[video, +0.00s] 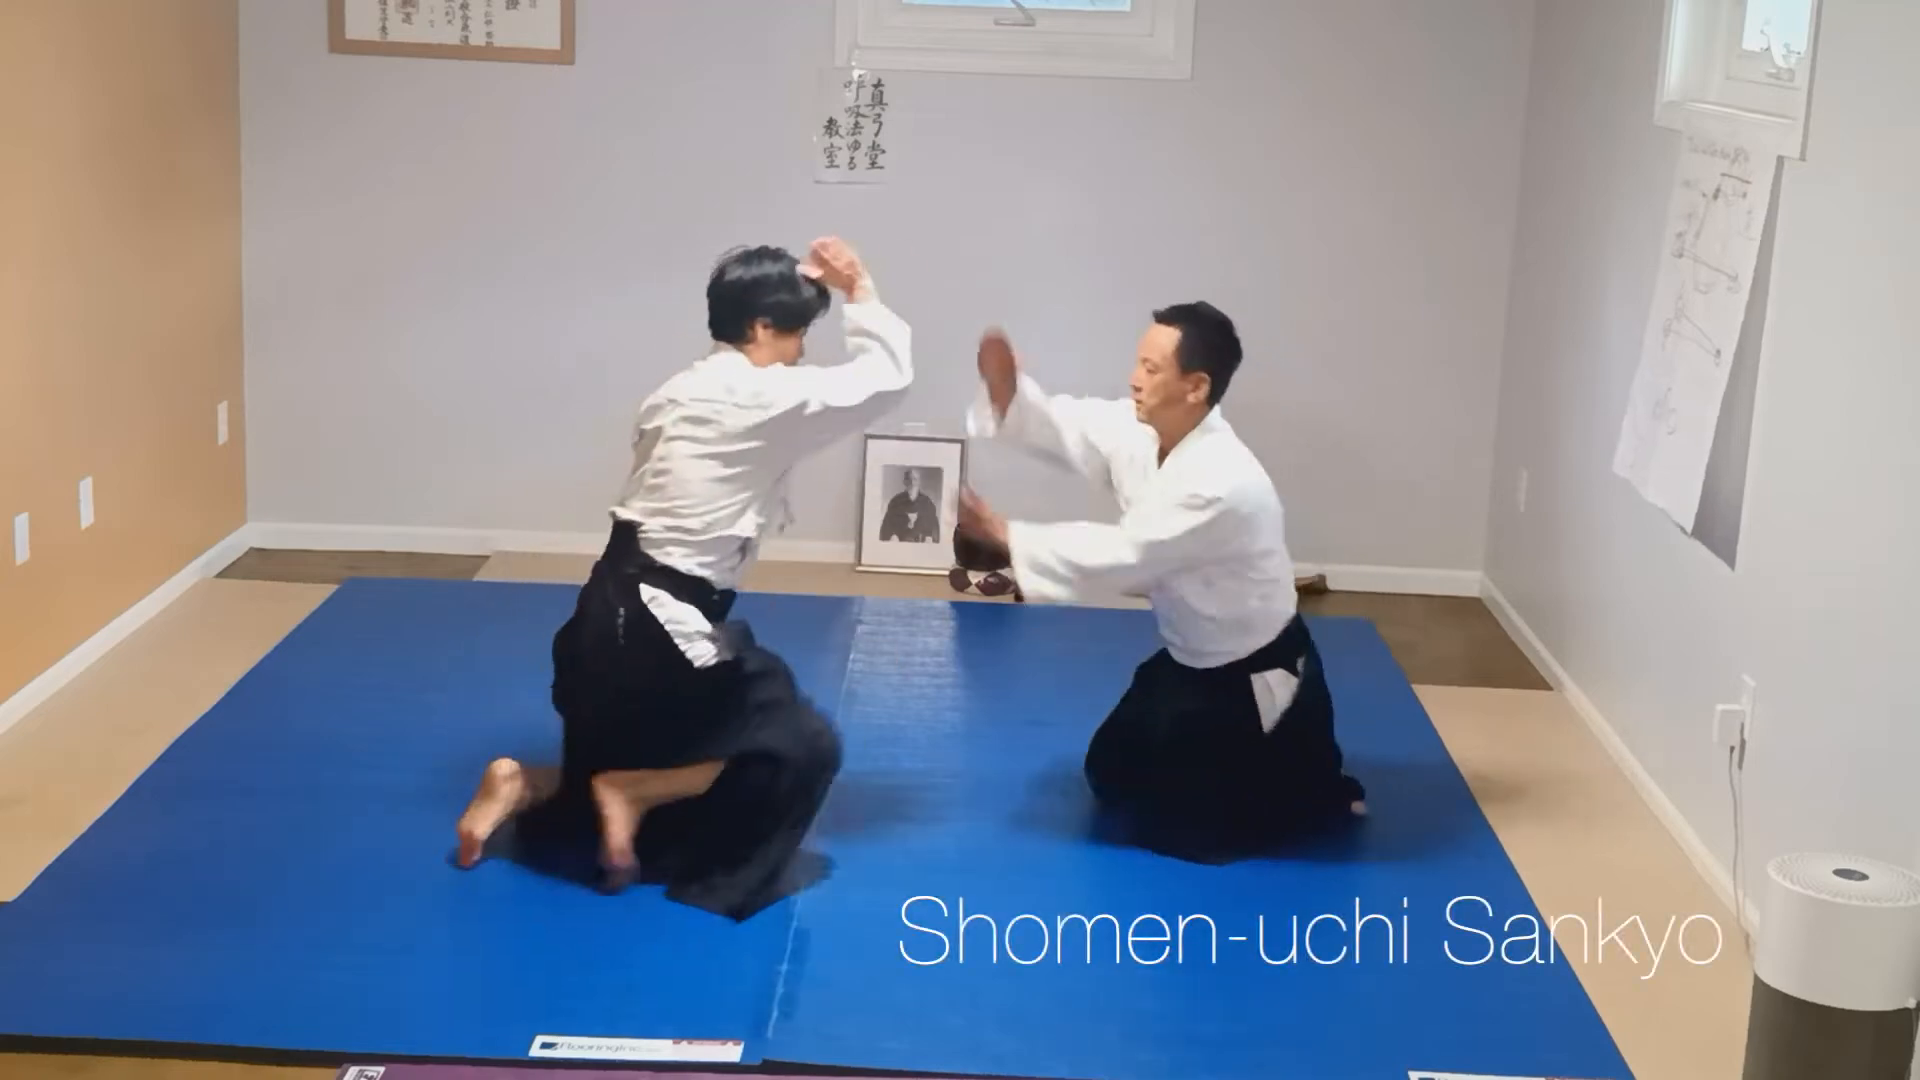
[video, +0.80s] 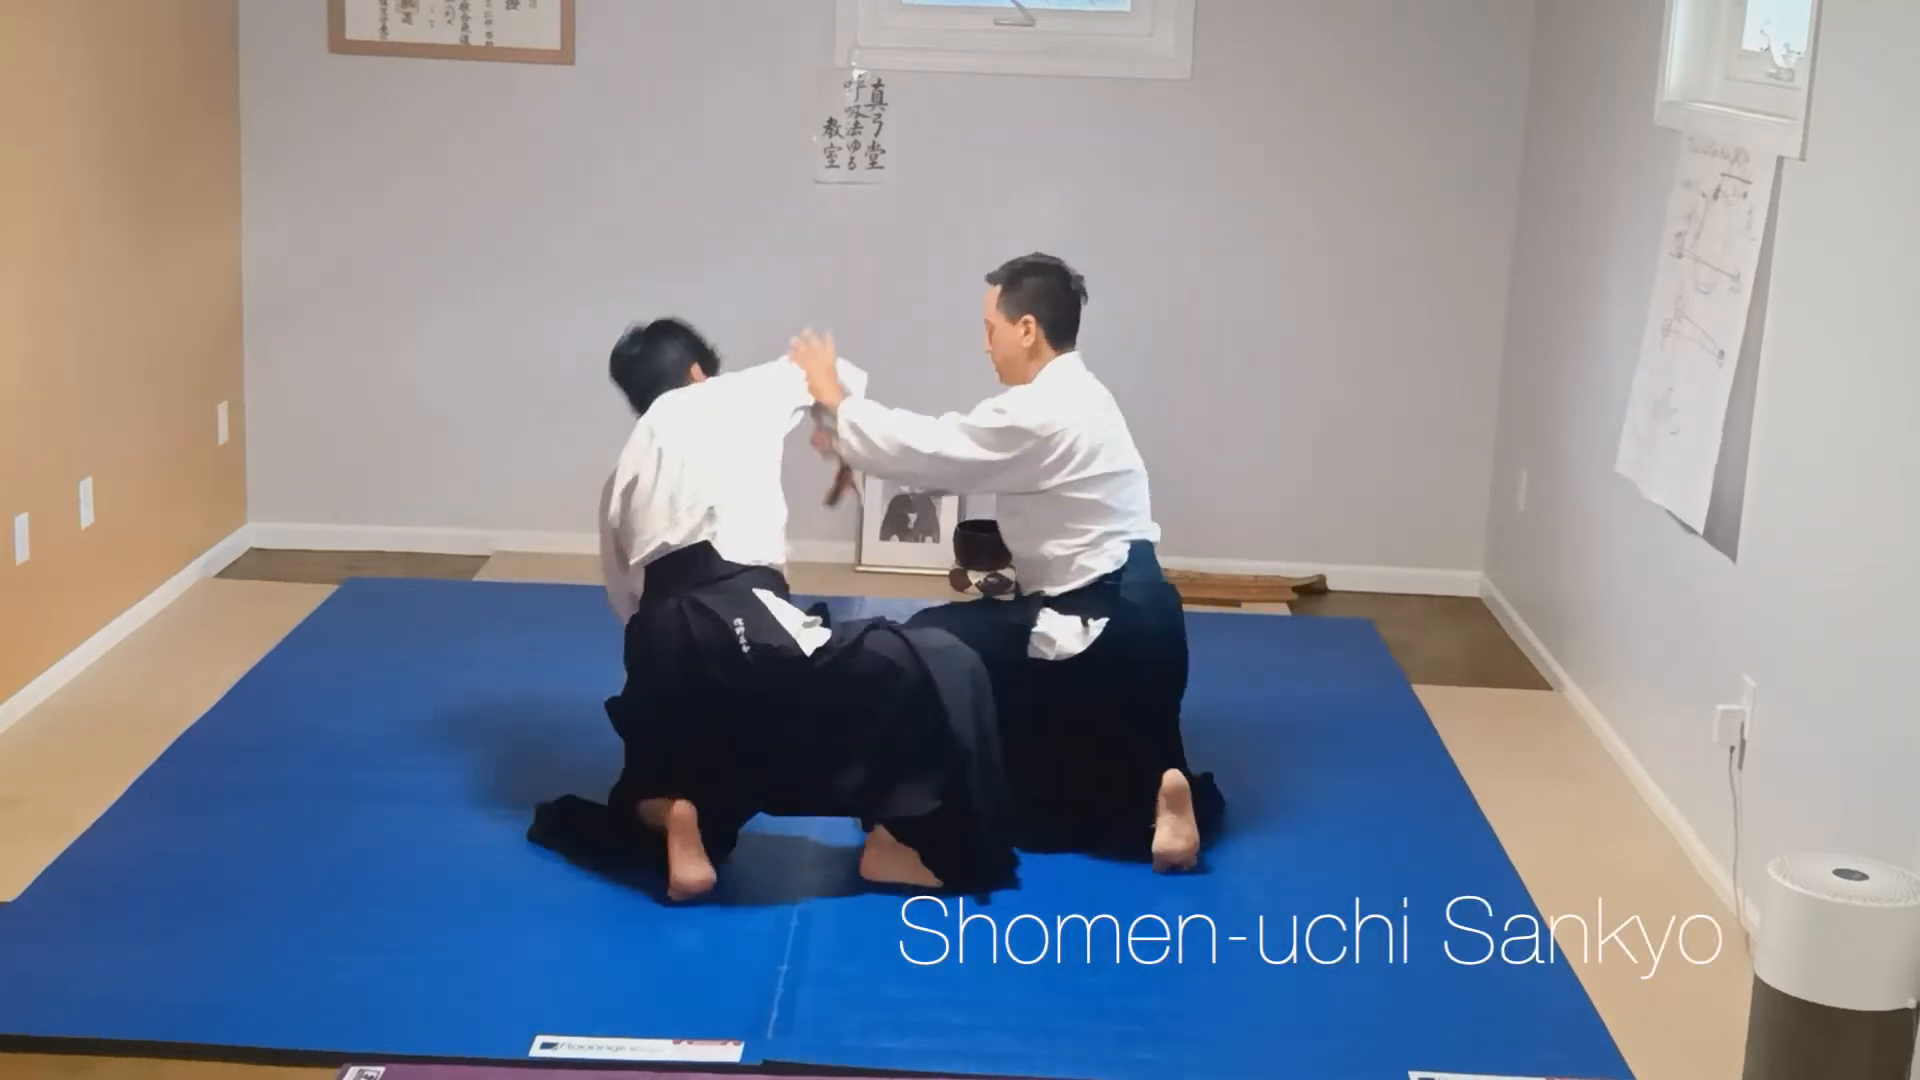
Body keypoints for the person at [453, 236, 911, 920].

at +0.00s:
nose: (801, 351)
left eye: (804, 334)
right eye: (798, 333)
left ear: (734, 328)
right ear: (759, 331)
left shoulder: (671, 395)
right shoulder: (767, 397)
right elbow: (886, 373)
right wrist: (860, 290)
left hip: (597, 621)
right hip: (665, 626)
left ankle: (523, 791)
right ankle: (638, 790)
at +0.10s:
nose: (823, 350)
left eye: (826, 334)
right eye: (819, 333)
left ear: (746, 324)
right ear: (780, 327)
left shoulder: (691, 388)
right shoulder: (779, 391)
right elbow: (901, 384)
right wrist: (942, 294)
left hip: (616, 635)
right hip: (687, 635)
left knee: (667, 806)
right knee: (854, 675)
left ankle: (537, 779)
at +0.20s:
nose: (850, 349)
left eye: (849, 332)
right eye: (845, 331)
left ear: (773, 326)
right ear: (809, 330)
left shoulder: (709, 391)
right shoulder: (810, 389)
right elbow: (929, 349)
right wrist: (967, 263)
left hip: (635, 635)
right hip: (708, 638)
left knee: (676, 800)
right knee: (887, 663)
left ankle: (535, 787)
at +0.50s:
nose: (855, 325)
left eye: (853, 310)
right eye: (848, 309)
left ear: (766, 317)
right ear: (818, 319)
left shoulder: (722, 396)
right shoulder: (823, 369)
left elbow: (715, 512)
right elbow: (909, 285)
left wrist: (805, 569)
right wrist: (878, 252)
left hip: (679, 633)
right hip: (759, 633)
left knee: (682, 787)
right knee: (926, 666)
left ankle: (552, 798)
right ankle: (878, 842)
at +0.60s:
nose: (819, 308)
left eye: (814, 300)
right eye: (811, 298)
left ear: (722, 323)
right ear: (785, 313)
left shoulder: (697, 396)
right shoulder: (806, 354)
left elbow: (679, 482)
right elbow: (867, 289)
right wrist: (843, 285)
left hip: (676, 629)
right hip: (765, 625)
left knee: (694, 777)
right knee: (937, 667)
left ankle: (582, 801)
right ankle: (883, 842)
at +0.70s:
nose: (759, 345)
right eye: (756, 335)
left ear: (673, 353)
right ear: (737, 337)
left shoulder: (656, 429)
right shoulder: (774, 363)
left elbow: (657, 555)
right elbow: (862, 321)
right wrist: (841, 384)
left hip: (668, 632)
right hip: (756, 619)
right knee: (938, 670)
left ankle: (655, 797)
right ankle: (883, 841)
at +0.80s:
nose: (714, 373)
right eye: (711, 364)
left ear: (632, 396)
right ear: (699, 370)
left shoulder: (622, 470)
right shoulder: (746, 391)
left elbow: (624, 592)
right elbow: (840, 373)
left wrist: (660, 651)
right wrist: (846, 441)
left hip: (657, 638)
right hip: (746, 608)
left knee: (644, 767)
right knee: (910, 671)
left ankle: (673, 807)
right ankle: (893, 841)